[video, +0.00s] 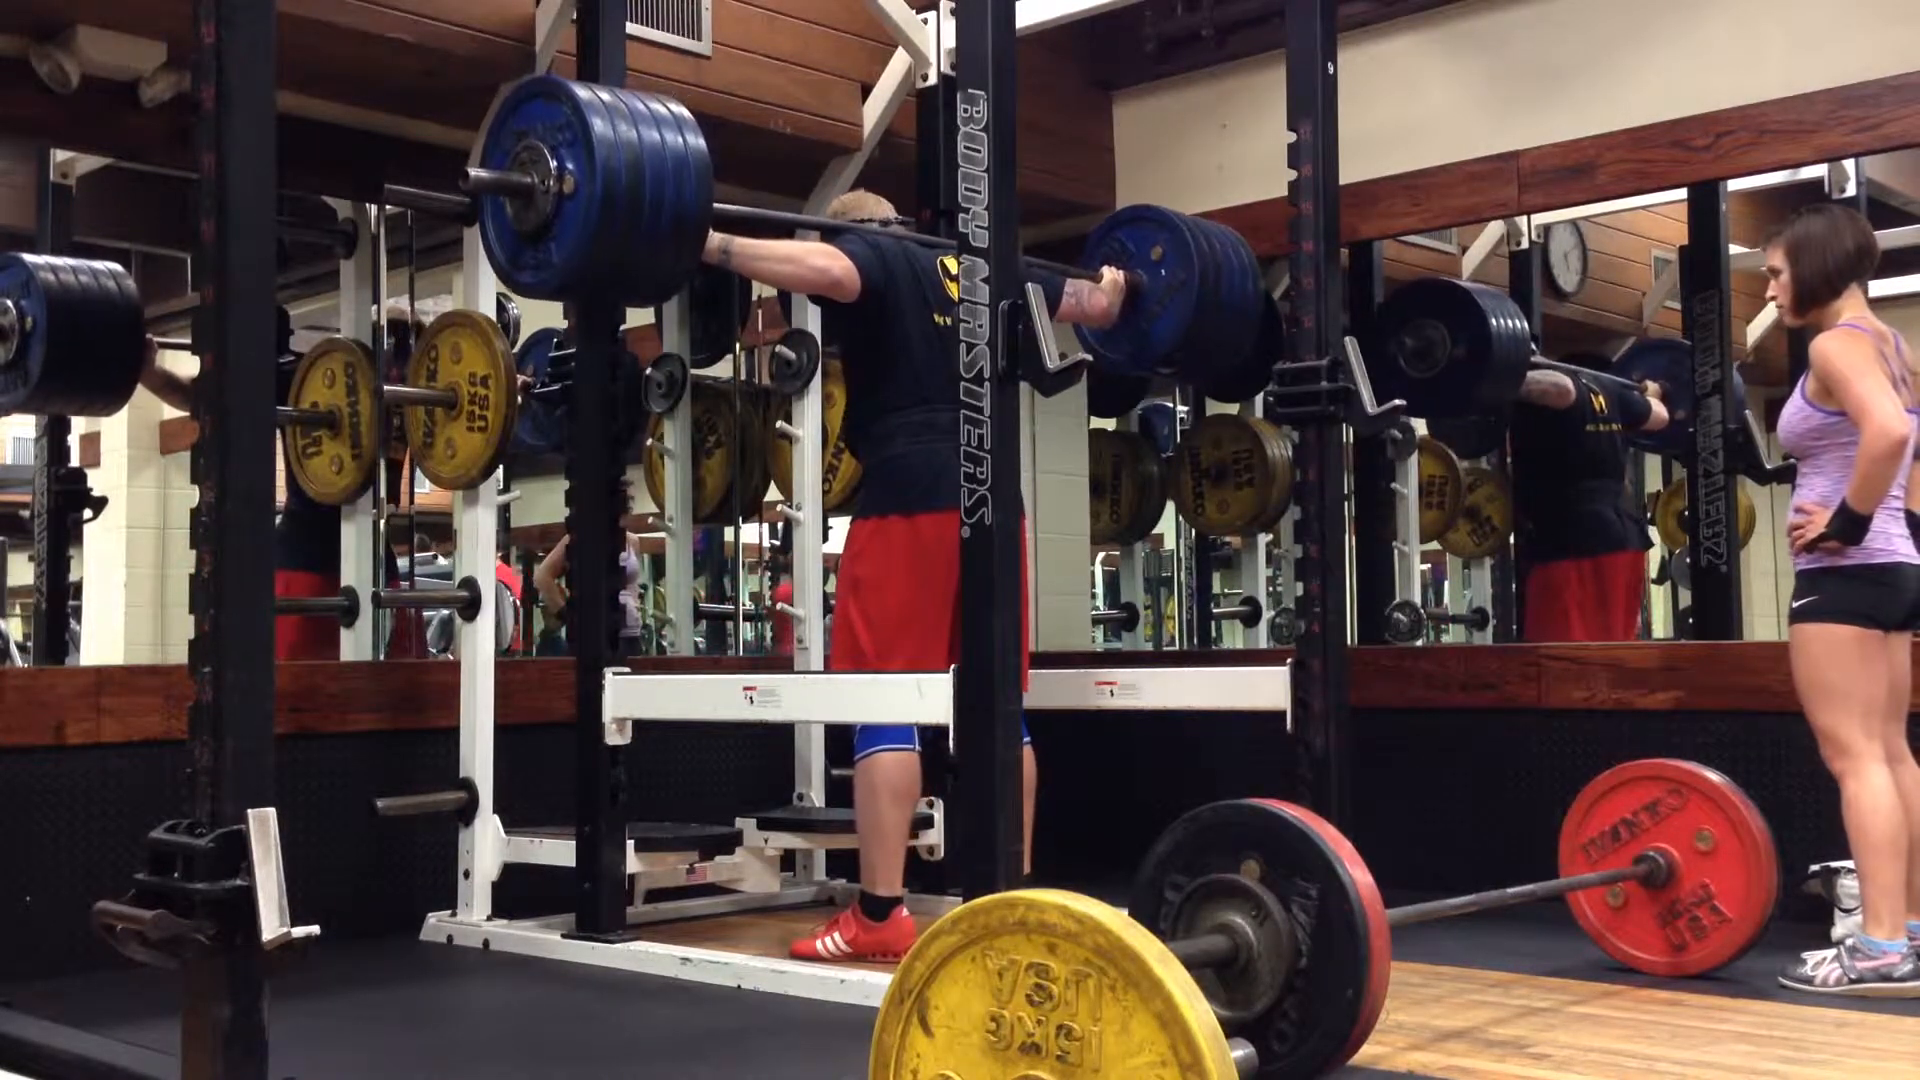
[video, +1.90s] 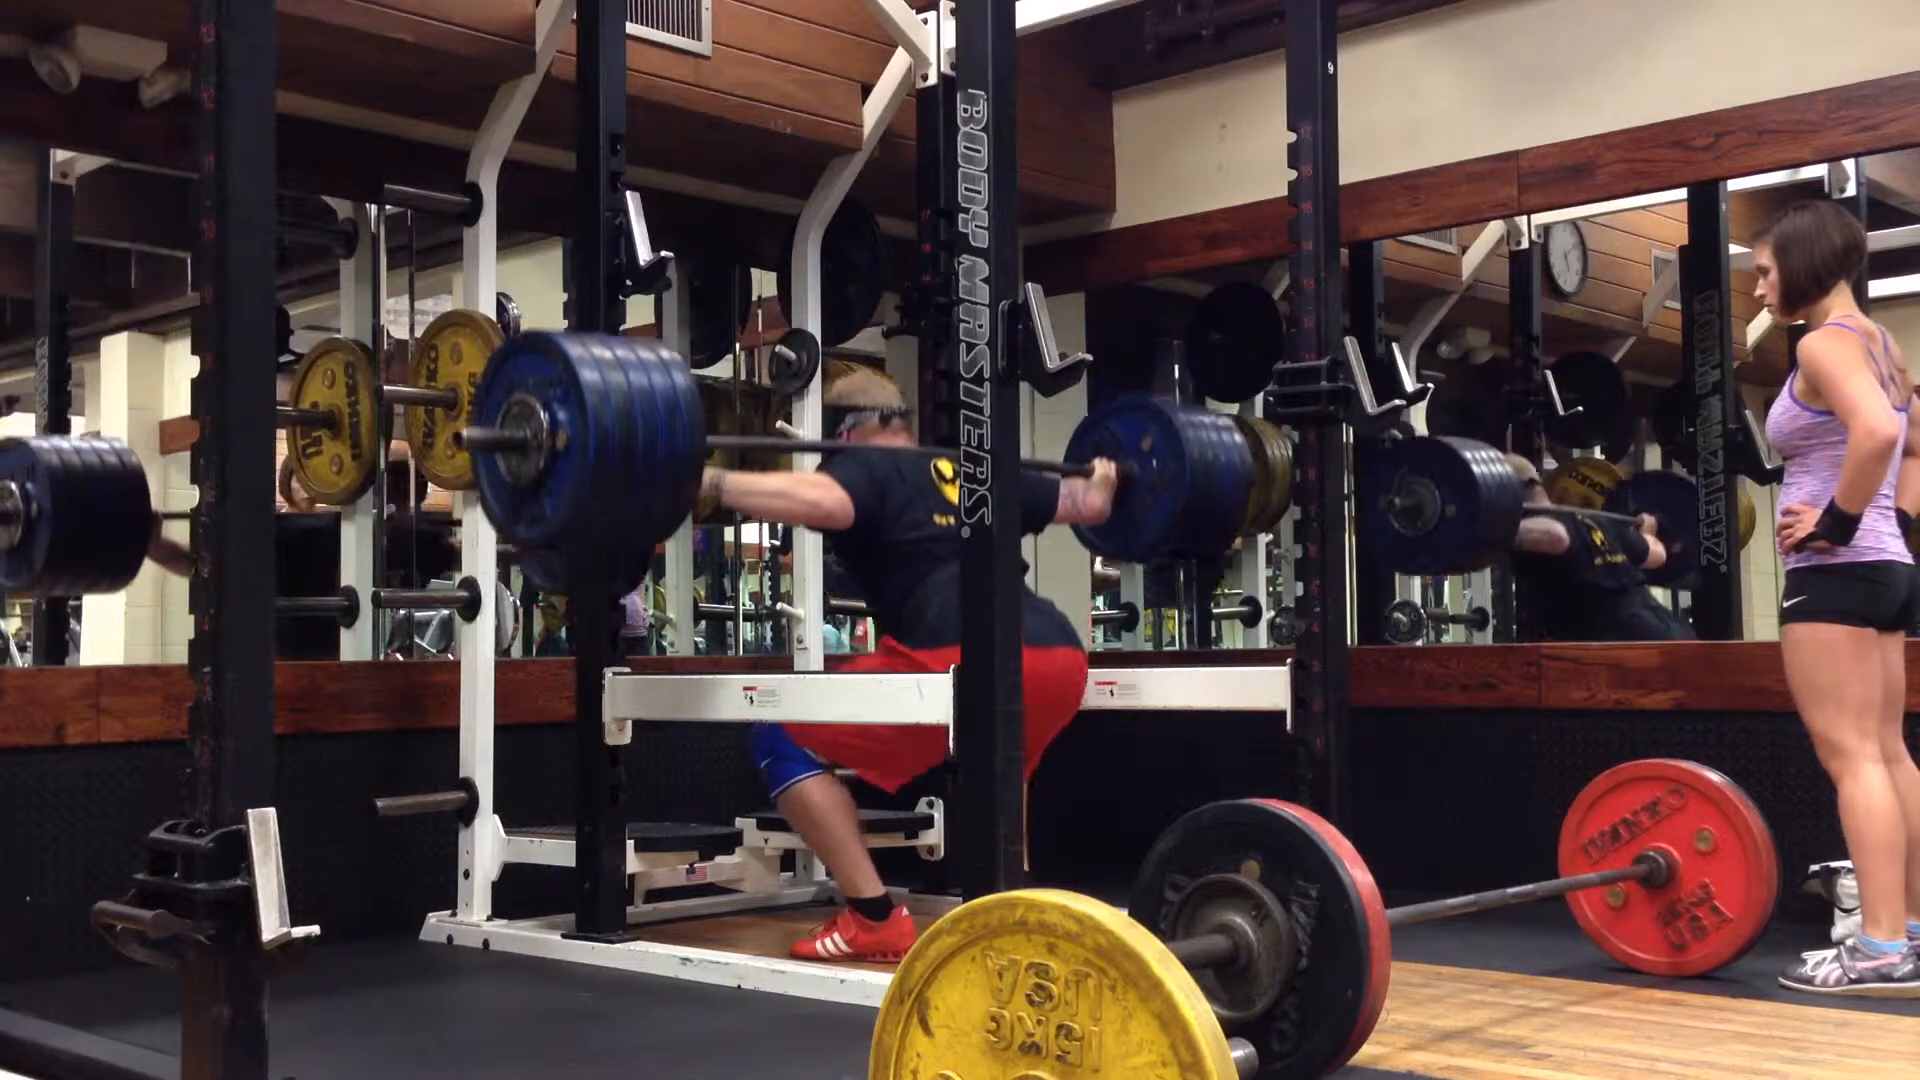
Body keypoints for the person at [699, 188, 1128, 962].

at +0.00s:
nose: (832, 248)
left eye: (834, 237)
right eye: (831, 237)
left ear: (854, 228)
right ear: (902, 220)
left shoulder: (872, 249)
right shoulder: (987, 267)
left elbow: (831, 273)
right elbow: (1093, 304)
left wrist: (719, 245)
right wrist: (1117, 279)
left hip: (912, 502)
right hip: (1002, 507)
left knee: (884, 707)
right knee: (1000, 712)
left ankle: (880, 910)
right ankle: (1011, 900)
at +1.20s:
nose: (844, 337)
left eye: (847, 325)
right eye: (845, 328)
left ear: (874, 315)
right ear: (910, 310)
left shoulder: (876, 347)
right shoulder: (985, 363)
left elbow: (831, 376)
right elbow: (1098, 395)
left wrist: (709, 351)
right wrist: (1115, 369)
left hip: (959, 563)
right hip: (1058, 564)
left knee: (823, 711)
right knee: (1003, 725)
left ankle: (874, 912)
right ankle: (1013, 901)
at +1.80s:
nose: (834, 431)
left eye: (835, 421)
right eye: (833, 423)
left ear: (846, 416)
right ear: (906, 410)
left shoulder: (865, 448)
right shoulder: (973, 454)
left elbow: (827, 486)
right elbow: (1087, 488)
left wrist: (712, 463)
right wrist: (1106, 459)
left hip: (953, 645)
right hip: (1058, 643)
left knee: (785, 737)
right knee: (1005, 763)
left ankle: (872, 913)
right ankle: (1011, 902)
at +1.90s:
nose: (838, 450)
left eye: (841, 438)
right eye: (837, 440)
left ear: (862, 427)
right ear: (904, 426)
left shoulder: (863, 466)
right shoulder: (975, 470)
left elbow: (826, 503)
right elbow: (1085, 502)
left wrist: (707, 483)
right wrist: (1105, 477)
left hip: (952, 660)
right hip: (1057, 659)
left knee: (779, 738)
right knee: (1003, 776)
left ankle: (872, 913)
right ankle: (1010, 910)